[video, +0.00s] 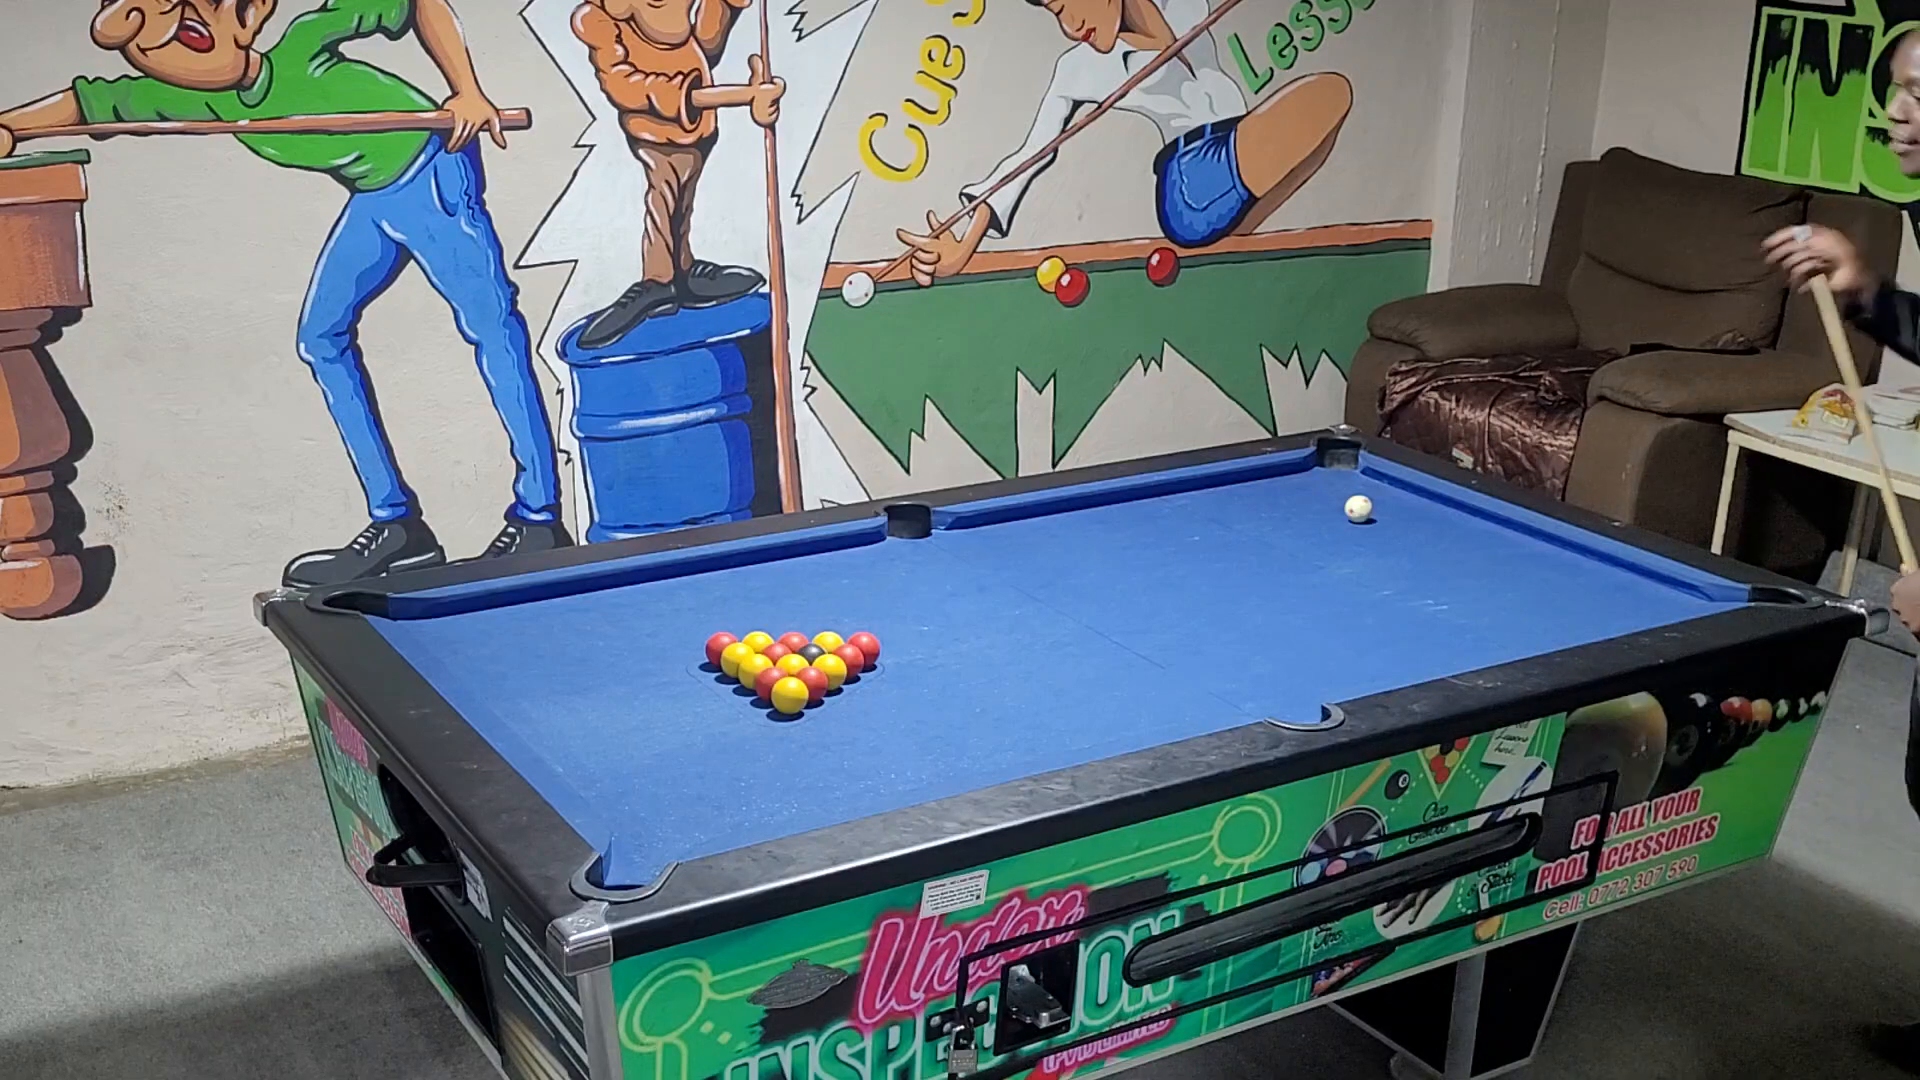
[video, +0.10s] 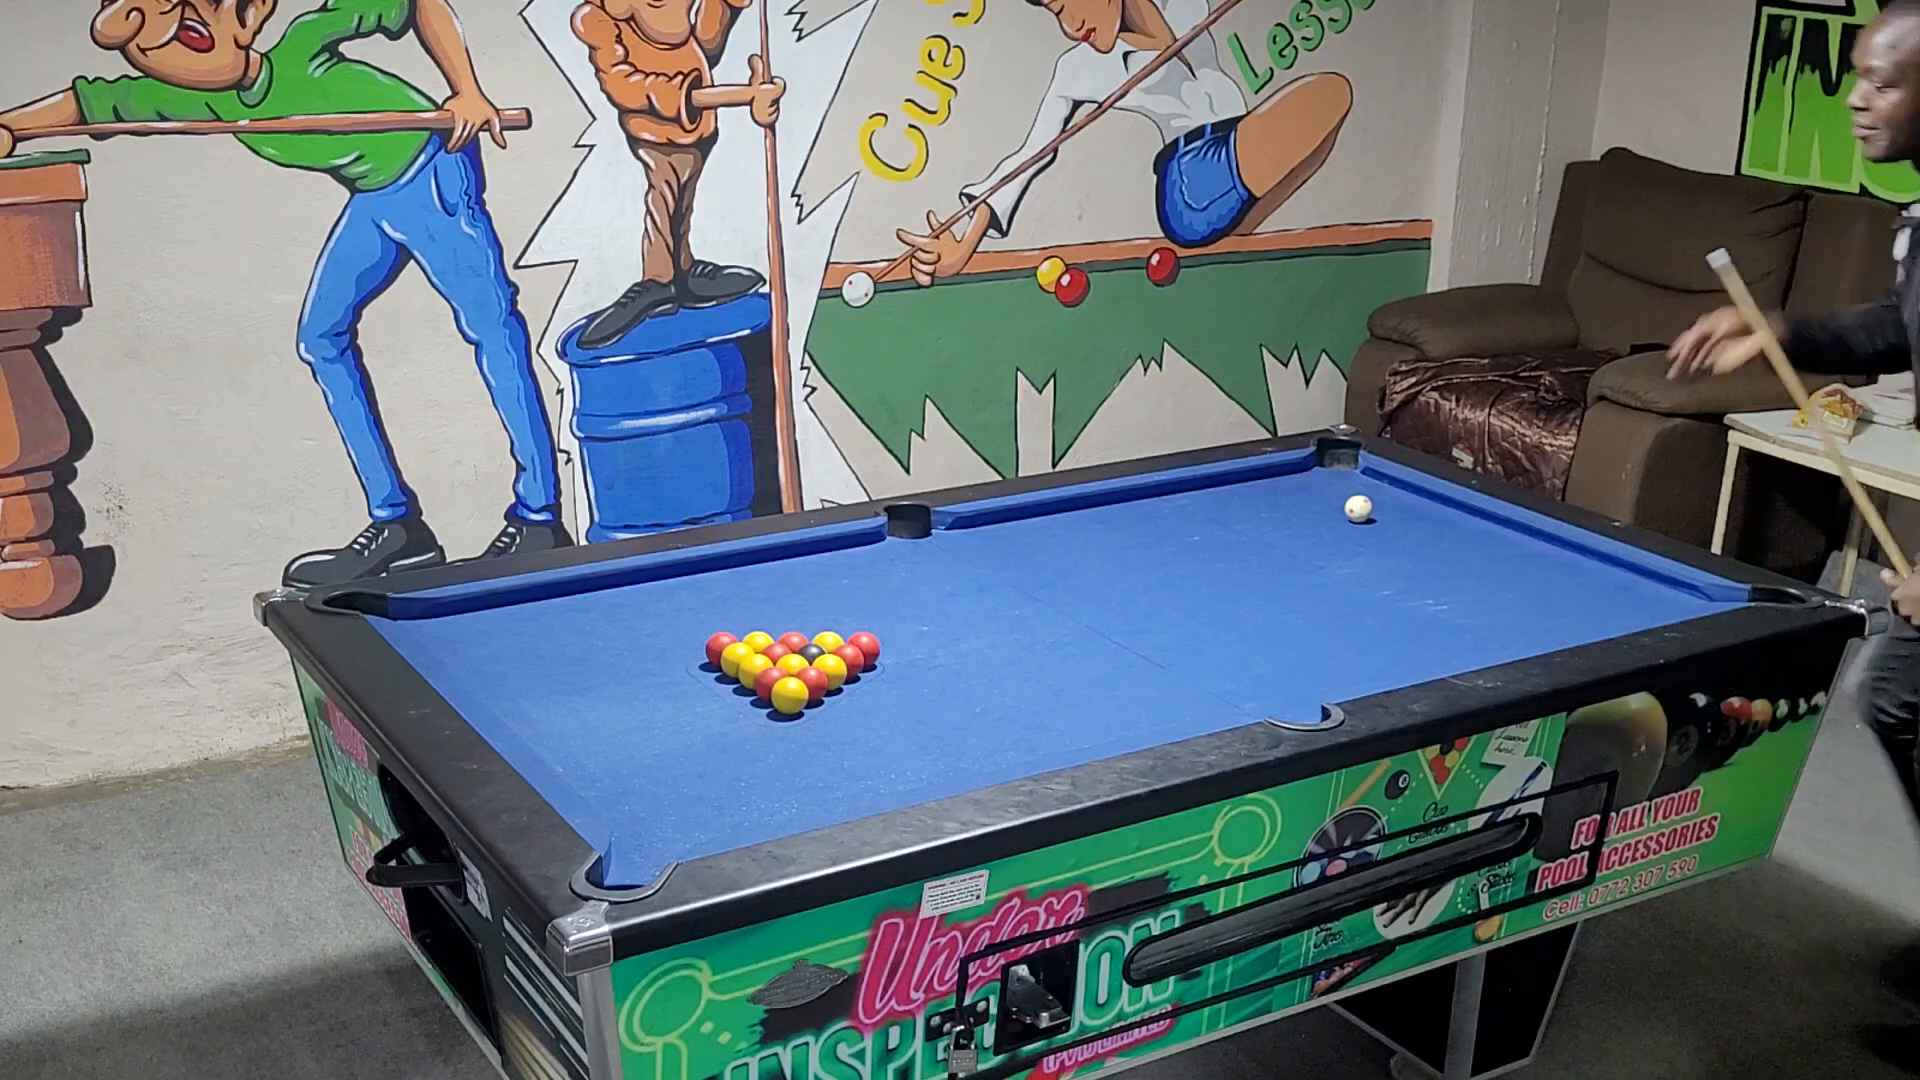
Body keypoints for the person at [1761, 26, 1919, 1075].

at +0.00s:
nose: (1895, 114)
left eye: (1907, 93)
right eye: (1893, 92)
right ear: (1892, 102)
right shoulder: (1908, 223)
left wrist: (1919, 564)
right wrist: (1866, 290)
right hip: (1919, 563)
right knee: (1919, 780)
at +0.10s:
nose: (1858, 103)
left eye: (1880, 83)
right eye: (1858, 80)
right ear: (1871, 88)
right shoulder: (1911, 226)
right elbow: (1904, 327)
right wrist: (1778, 331)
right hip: (1916, 542)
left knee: (1887, 698)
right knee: (1881, 691)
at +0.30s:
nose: (1738, 158)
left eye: (1755, 136)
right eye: (1740, 135)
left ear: (1833, 137)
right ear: (1812, 139)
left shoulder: (1914, 232)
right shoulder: (1780, 238)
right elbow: (1678, 343)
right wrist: (1537, 429)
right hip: (1905, 506)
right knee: (1833, 705)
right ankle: (1749, 888)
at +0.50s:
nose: (1650, 244)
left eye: (1666, 222)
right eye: (1642, 225)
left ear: (1737, 208)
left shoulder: (1885, 250)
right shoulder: (1671, 316)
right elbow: (1570, 421)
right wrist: (1428, 489)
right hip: (1864, 501)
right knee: (1773, 690)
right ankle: (1741, 891)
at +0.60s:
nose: (1636, 249)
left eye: (1651, 228)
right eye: (1628, 230)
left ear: (1723, 207)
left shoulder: (1872, 249)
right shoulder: (1668, 310)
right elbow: (1595, 423)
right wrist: (1506, 521)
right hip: (1849, 496)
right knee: (1774, 682)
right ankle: (1743, 891)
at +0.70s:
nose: (1637, 240)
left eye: (1653, 219)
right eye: (1629, 221)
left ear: (1726, 201)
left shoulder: (1874, 241)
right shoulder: (1668, 307)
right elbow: (1610, 433)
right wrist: (1549, 535)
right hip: (1846, 489)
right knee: (1767, 679)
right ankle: (1740, 889)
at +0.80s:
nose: (1658, 228)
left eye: (1676, 205)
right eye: (1648, 208)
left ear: (1746, 188)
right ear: (1642, 205)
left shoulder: (1882, 228)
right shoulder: (1677, 310)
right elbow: (1624, 435)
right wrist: (1543, 534)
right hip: (1847, 487)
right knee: (1766, 677)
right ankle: (1742, 888)